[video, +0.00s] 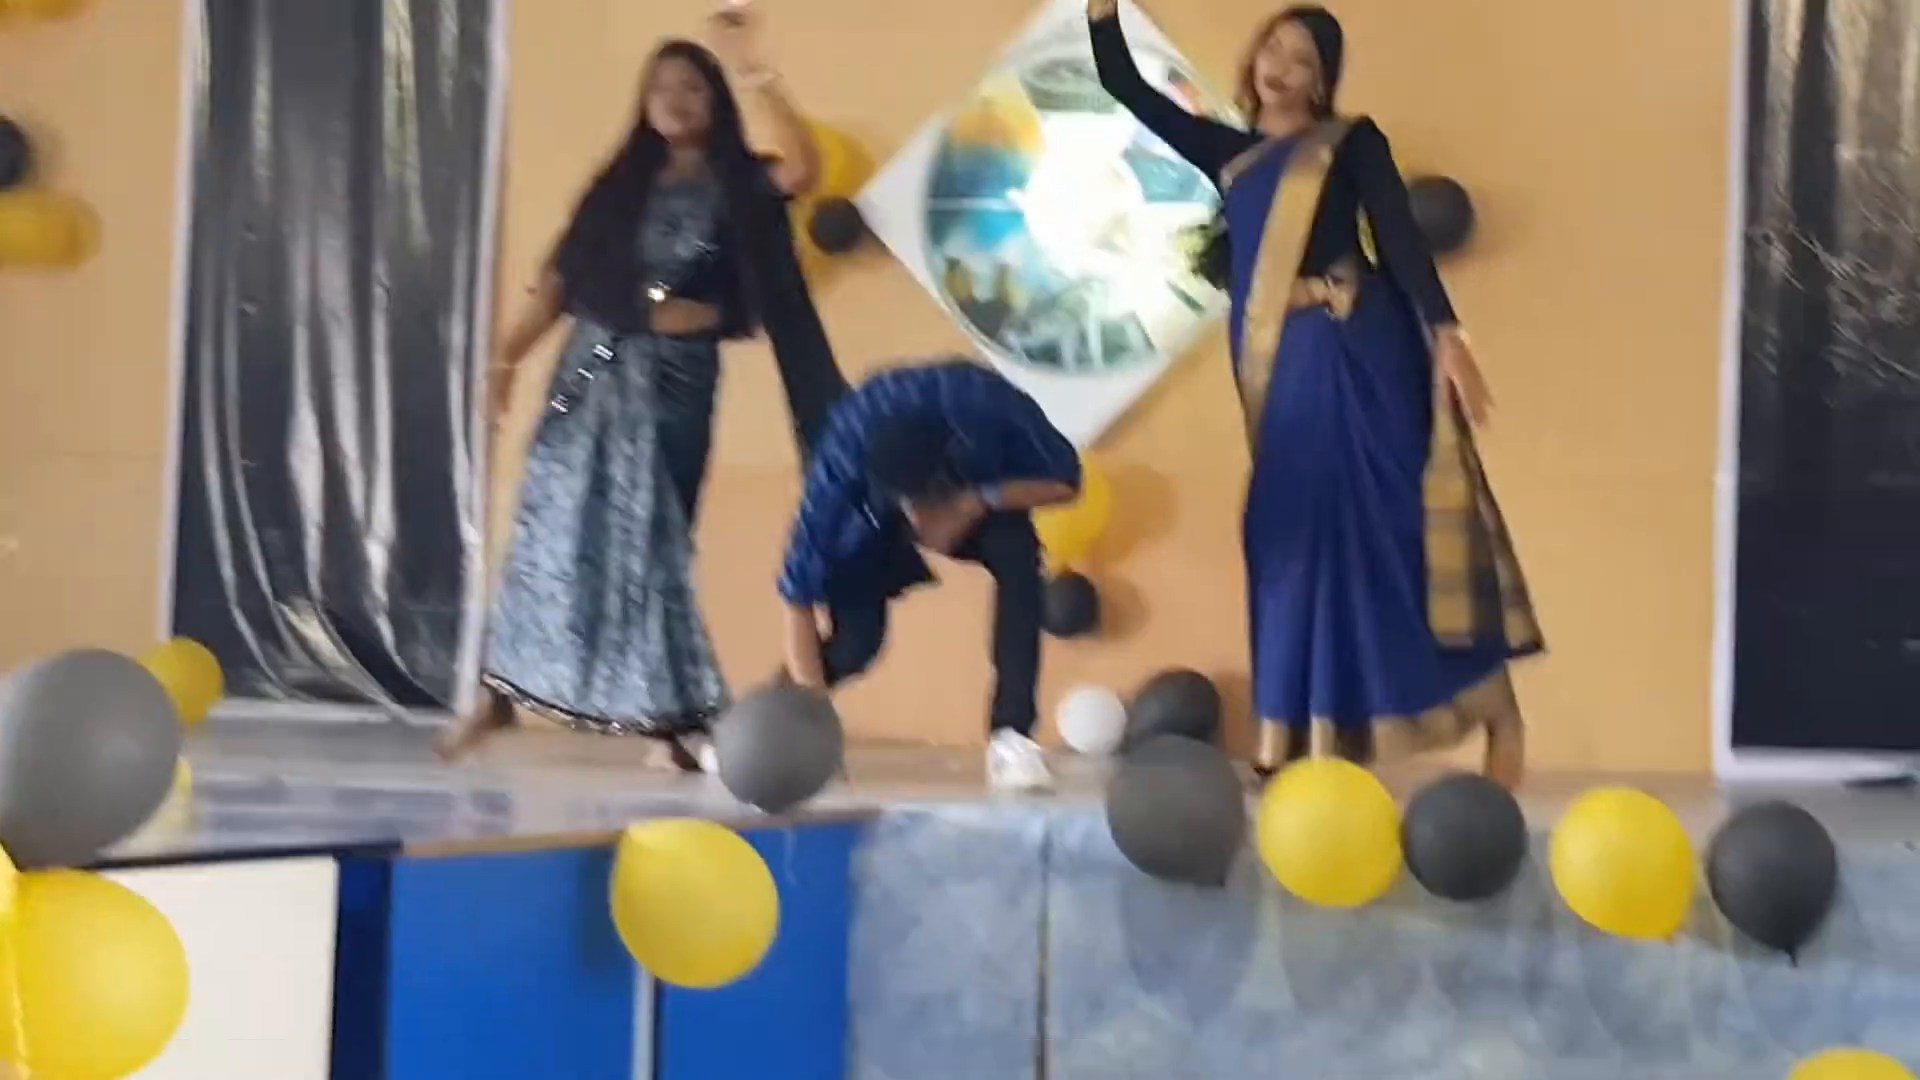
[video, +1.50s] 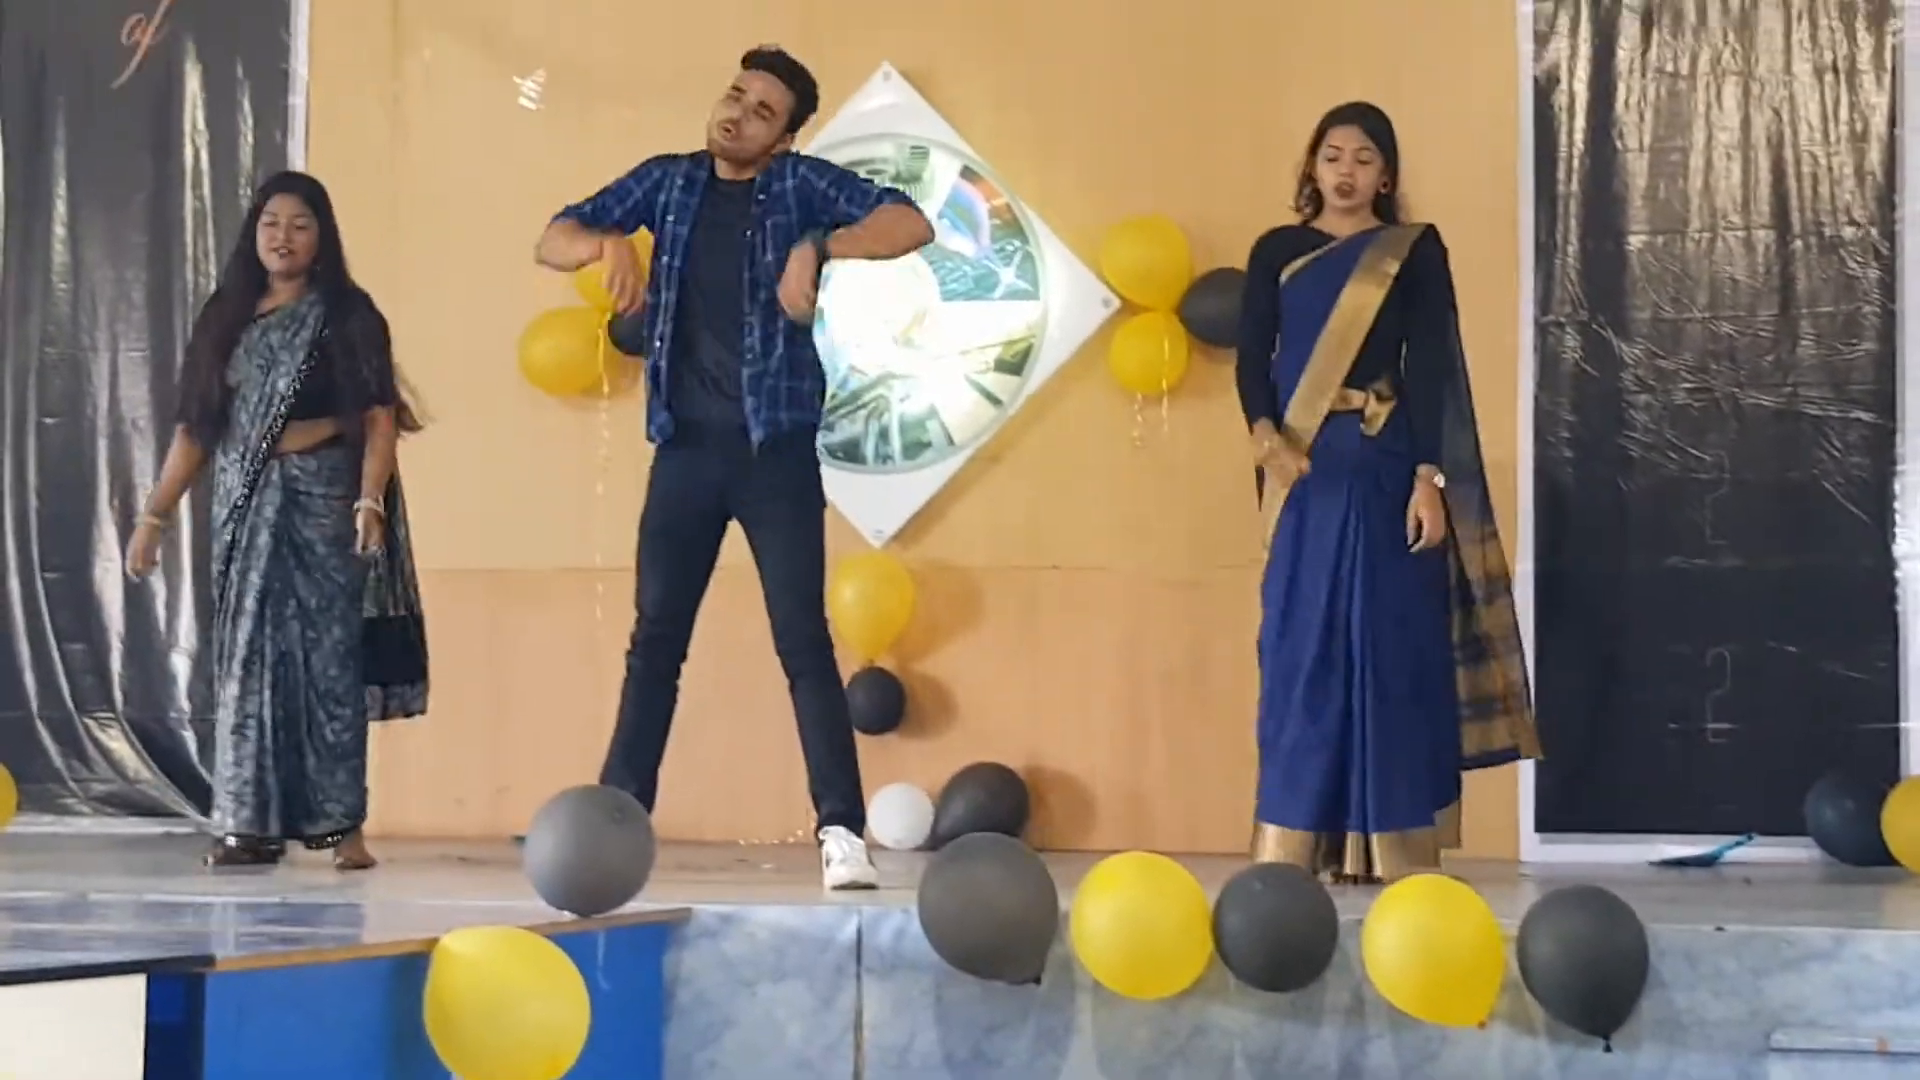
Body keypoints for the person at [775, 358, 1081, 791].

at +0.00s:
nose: (918, 523)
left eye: (927, 508)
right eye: (906, 510)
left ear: (947, 466)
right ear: (882, 492)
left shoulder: (992, 410)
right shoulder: (844, 456)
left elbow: (1065, 484)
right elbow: (796, 594)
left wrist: (976, 502)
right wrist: (812, 711)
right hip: (866, 504)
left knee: (1017, 556)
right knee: (857, 645)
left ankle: (1011, 736)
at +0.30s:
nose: (755, 52)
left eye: (771, 34)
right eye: (742, 35)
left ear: (803, 42)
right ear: (726, 45)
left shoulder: (854, 129)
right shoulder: (707, 137)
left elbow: (972, 202)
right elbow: (581, 208)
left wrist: (909, 279)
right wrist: (640, 305)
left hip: (833, 359)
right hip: (733, 360)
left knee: (862, 515)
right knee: (670, 511)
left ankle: (874, 701)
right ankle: (609, 695)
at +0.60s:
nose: (739, 2)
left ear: (779, 4)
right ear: (708, 3)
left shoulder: (821, 91)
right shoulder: (662, 87)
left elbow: (919, 183)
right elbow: (563, 182)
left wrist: (833, 251)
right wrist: (630, 248)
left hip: (782, 338)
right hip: (686, 335)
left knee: (808, 527)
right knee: (655, 522)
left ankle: (842, 715)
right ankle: (618, 710)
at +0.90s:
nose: (723, 2)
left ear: (776, 28)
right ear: (705, 21)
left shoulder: (806, 117)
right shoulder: (658, 116)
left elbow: (903, 204)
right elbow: (550, 199)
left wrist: (817, 279)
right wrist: (617, 275)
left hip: (765, 371)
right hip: (673, 368)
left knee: (795, 554)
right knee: (647, 554)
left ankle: (835, 740)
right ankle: (611, 741)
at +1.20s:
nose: (726, 27)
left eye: (748, 25)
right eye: (720, 19)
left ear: (777, 64)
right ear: (701, 51)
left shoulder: (804, 146)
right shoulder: (660, 145)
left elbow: (904, 230)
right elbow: (551, 233)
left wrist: (819, 308)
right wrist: (616, 303)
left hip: (767, 395)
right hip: (676, 395)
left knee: (795, 578)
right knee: (649, 576)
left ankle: (835, 765)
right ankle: (612, 764)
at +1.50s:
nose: (739, 112)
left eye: (762, 110)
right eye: (735, 96)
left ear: (785, 133)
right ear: (716, 103)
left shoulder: (803, 184)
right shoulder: (665, 179)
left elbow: (910, 224)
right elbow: (553, 242)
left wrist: (820, 247)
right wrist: (606, 245)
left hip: (777, 450)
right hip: (685, 450)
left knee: (803, 643)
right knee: (655, 637)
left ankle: (840, 830)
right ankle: (617, 828)